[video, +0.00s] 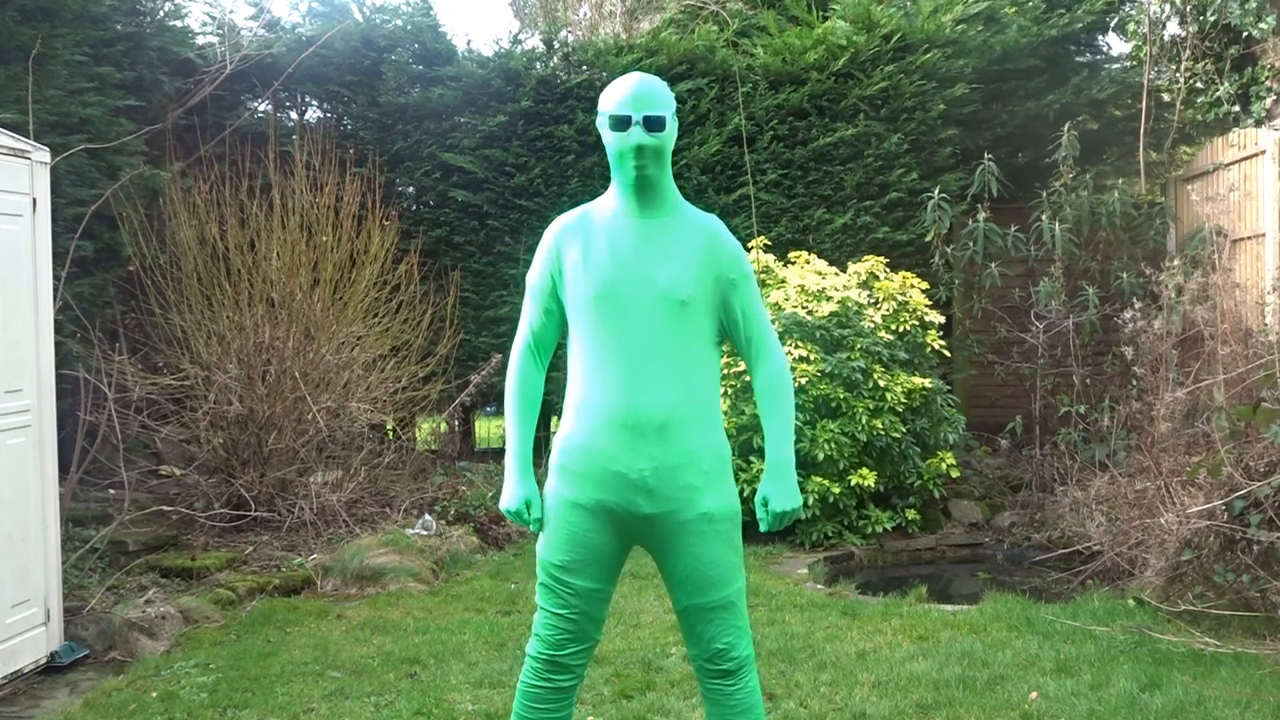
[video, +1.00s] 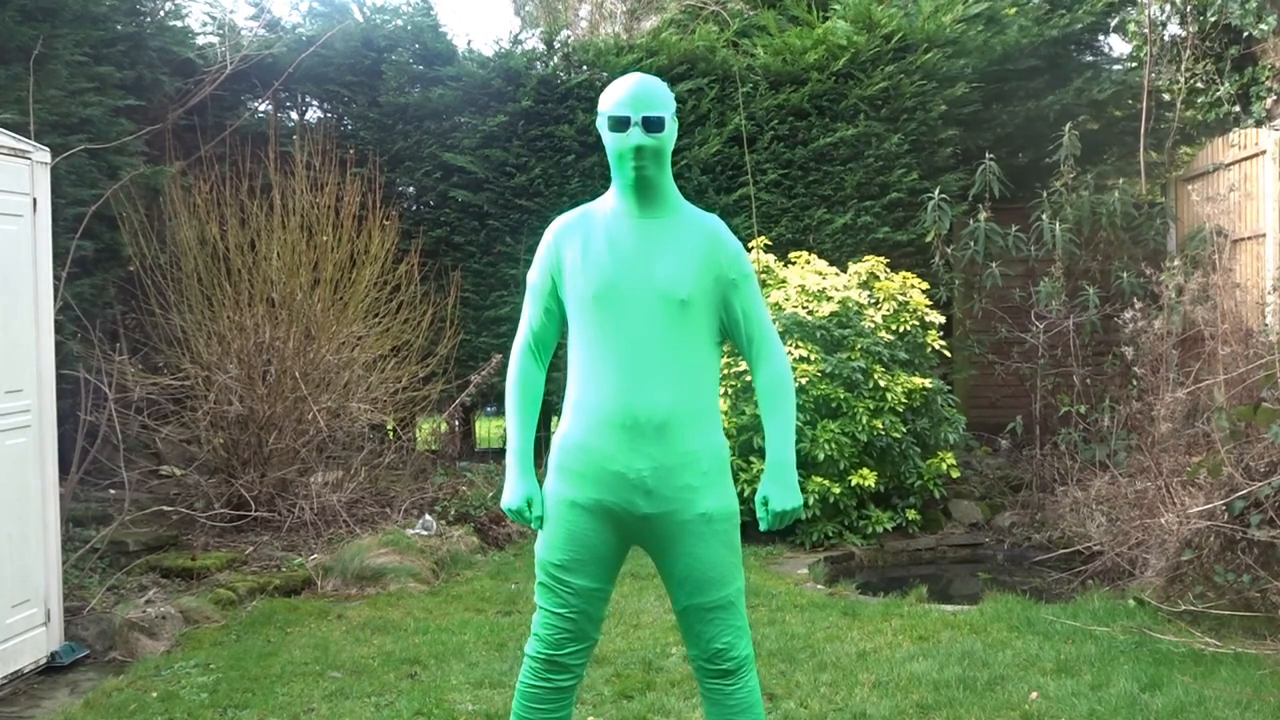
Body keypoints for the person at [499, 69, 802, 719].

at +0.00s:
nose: (638, 136)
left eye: (653, 123)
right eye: (622, 123)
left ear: (674, 133)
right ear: (602, 135)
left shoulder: (712, 240)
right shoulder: (566, 237)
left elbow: (765, 354)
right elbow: (529, 353)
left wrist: (781, 466)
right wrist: (517, 469)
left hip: (696, 488)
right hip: (584, 486)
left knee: (727, 666)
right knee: (553, 663)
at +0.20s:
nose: (638, 137)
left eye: (653, 123)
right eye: (622, 124)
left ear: (674, 133)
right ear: (602, 134)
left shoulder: (712, 240)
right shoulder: (566, 236)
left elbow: (765, 353)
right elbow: (530, 353)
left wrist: (779, 466)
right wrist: (520, 468)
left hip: (696, 488)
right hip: (585, 486)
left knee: (727, 666)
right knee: (553, 663)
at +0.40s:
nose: (639, 136)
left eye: (654, 122)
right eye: (623, 124)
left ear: (674, 132)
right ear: (602, 135)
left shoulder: (713, 239)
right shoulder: (566, 237)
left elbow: (766, 353)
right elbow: (531, 354)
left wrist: (781, 465)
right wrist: (521, 469)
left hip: (696, 488)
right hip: (585, 486)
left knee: (727, 667)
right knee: (552, 665)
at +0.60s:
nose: (639, 137)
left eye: (654, 123)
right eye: (623, 124)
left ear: (674, 132)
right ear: (603, 135)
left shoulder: (713, 239)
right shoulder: (567, 236)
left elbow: (767, 352)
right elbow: (531, 353)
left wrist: (784, 464)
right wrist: (518, 468)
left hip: (696, 486)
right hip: (584, 485)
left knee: (727, 666)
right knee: (552, 664)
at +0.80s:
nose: (638, 137)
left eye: (653, 123)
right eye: (623, 124)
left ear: (674, 132)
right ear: (602, 135)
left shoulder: (713, 239)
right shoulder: (566, 236)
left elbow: (767, 353)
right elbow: (530, 353)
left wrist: (784, 464)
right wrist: (518, 467)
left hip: (695, 488)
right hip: (583, 486)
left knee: (727, 667)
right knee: (551, 665)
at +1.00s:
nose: (637, 137)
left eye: (652, 123)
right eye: (621, 124)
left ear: (673, 133)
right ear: (602, 136)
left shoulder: (712, 239)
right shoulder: (566, 236)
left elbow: (766, 353)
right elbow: (530, 352)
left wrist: (781, 465)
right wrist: (518, 466)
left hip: (695, 488)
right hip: (583, 486)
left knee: (726, 666)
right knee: (552, 663)